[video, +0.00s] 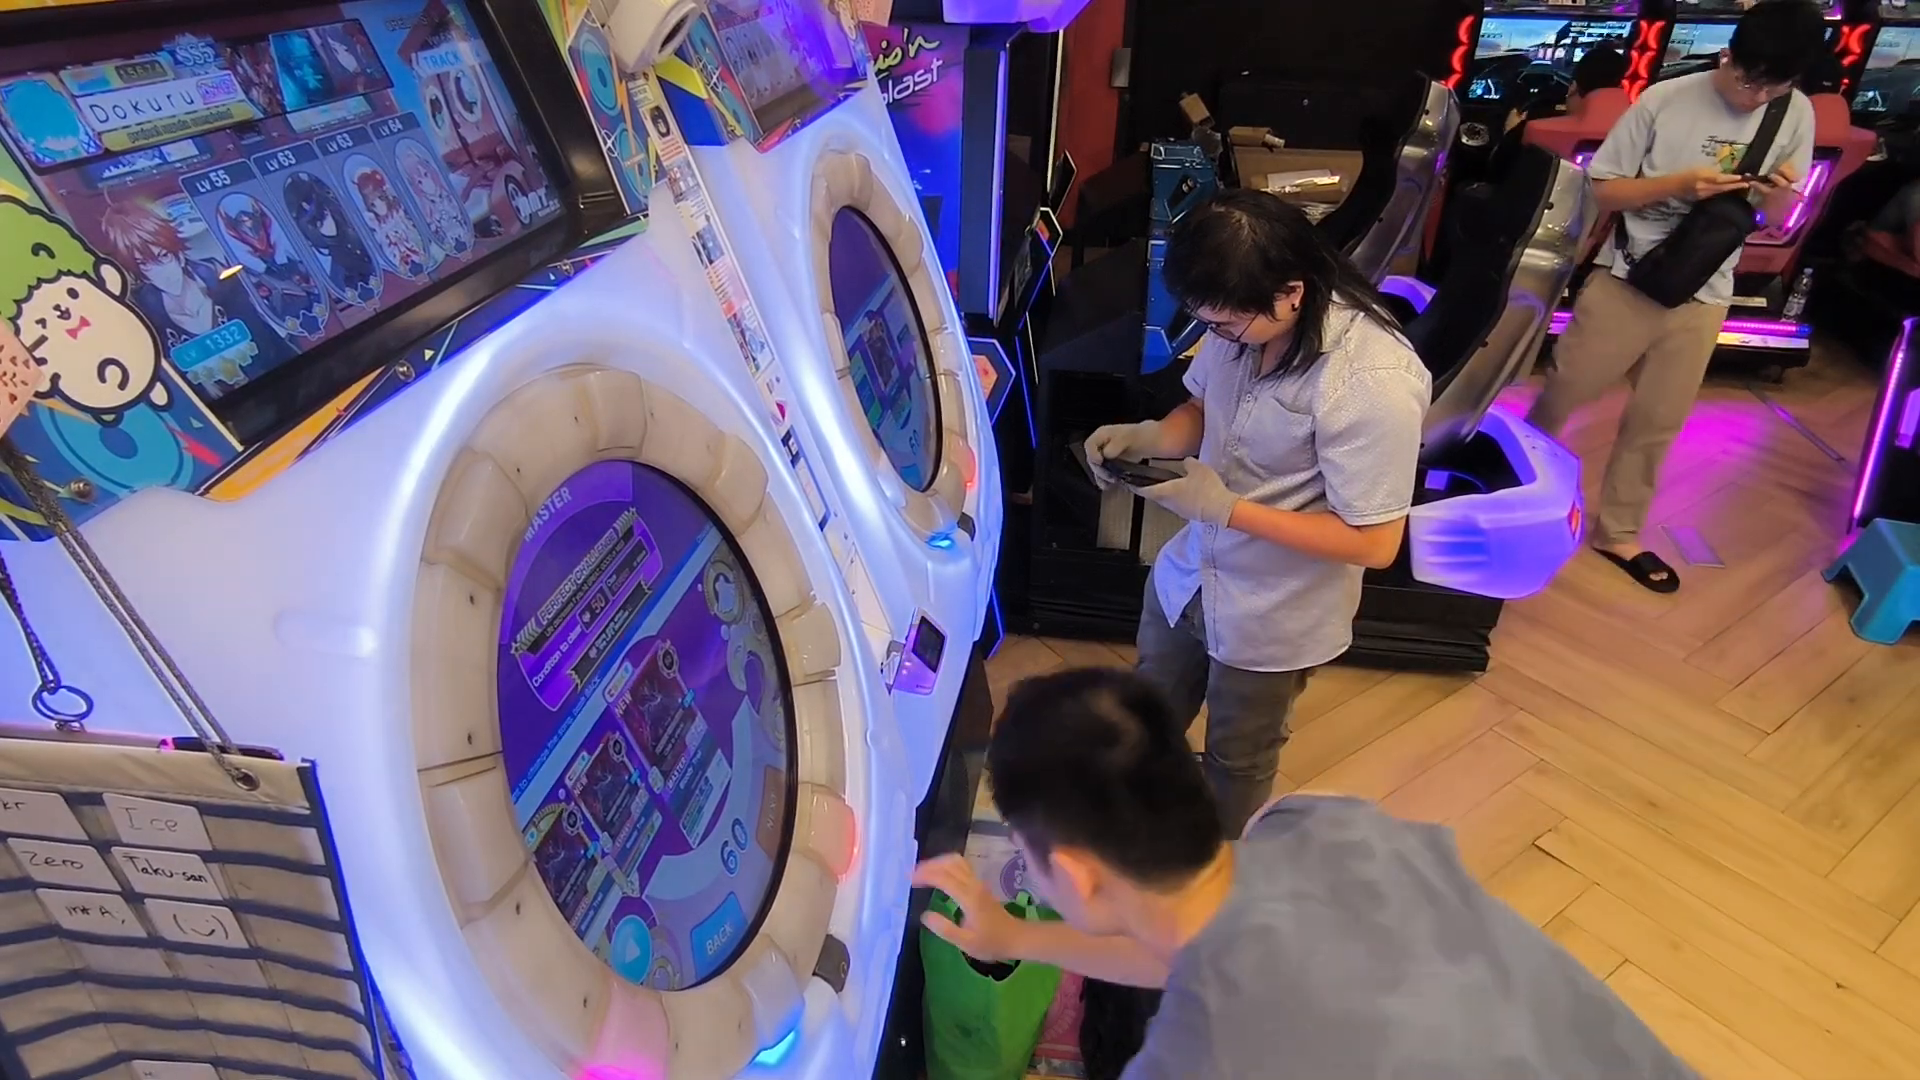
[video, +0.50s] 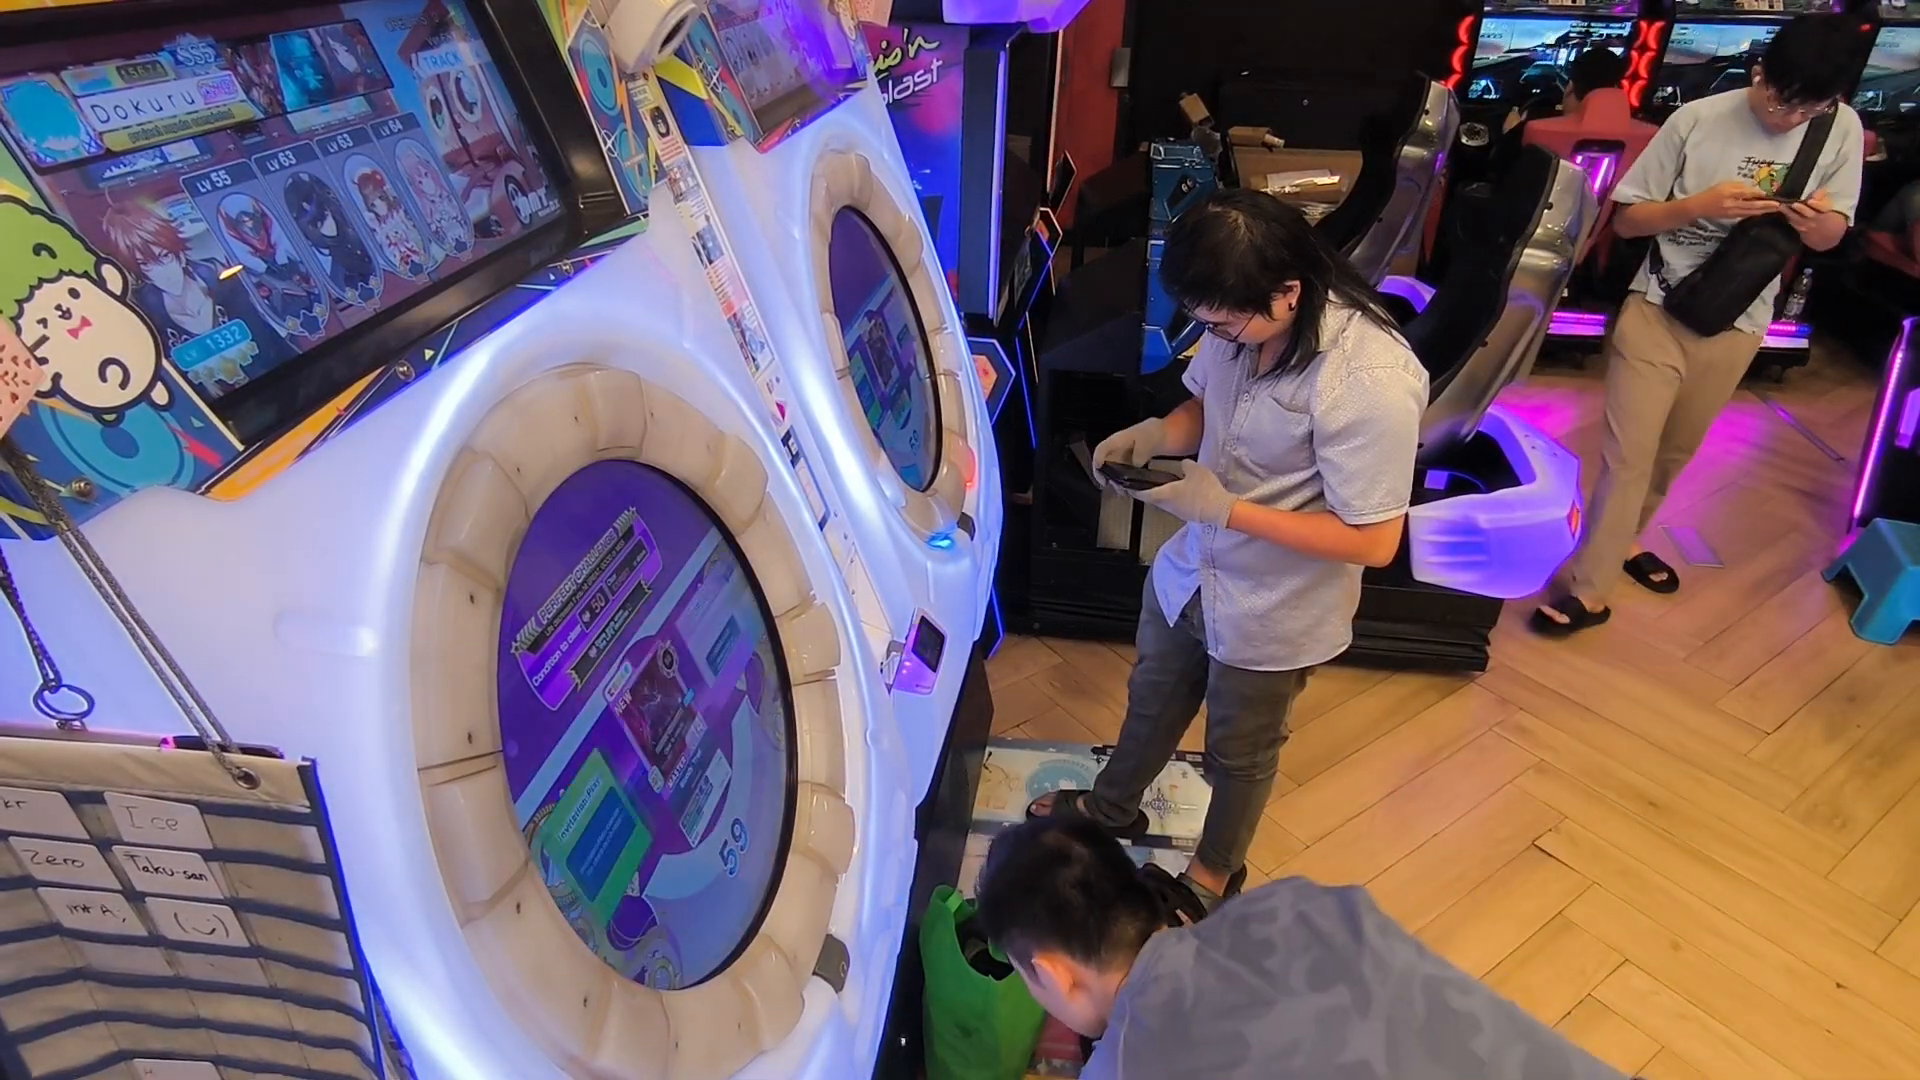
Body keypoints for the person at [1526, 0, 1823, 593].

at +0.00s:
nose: (1757, 98)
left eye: (1773, 89)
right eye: (1751, 83)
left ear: (1792, 79)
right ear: (1729, 57)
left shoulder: (1794, 115)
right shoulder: (1662, 101)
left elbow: (1779, 219)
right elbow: (1604, 191)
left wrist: (1779, 197)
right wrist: (1681, 185)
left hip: (1703, 300)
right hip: (1625, 282)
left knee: (1656, 425)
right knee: (1564, 395)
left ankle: (1618, 535)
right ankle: (1503, 488)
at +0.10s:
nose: (1775, 99)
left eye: (1792, 90)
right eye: (1770, 82)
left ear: (1810, 81)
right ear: (1749, 57)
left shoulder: (1814, 119)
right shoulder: (1678, 102)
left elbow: (1795, 223)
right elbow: (1611, 196)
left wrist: (1798, 204)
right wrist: (1691, 187)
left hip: (1712, 306)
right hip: (1634, 287)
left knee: (1659, 430)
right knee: (1577, 414)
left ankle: (1617, 535)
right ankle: (1532, 511)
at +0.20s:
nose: (1783, 99)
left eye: (1801, 92)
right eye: (1778, 81)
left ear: (1826, 87)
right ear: (1760, 55)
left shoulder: (1830, 123)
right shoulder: (1692, 102)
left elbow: (1810, 225)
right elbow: (1618, 197)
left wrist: (1810, 211)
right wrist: (1700, 188)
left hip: (1719, 310)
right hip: (1641, 286)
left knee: (1663, 431)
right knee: (1597, 419)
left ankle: (1618, 534)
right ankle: (1556, 523)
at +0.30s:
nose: (1788, 102)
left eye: (1807, 95)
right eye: (1783, 84)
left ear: (1833, 88)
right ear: (1765, 58)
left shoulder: (1839, 126)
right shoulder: (1701, 105)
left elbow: (1820, 229)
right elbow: (1622, 200)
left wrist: (1815, 212)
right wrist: (1701, 192)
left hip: (1724, 313)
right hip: (1646, 288)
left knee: (1667, 436)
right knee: (1609, 426)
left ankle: (1622, 541)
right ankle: (1582, 552)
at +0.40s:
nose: (1783, 105)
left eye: (1805, 101)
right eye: (1780, 86)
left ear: (1832, 95)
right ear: (1766, 59)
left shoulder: (1841, 130)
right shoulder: (1701, 112)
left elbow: (1826, 233)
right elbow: (1625, 208)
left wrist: (1814, 220)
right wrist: (1699, 198)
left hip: (1729, 321)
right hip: (1649, 298)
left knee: (1668, 446)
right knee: (1621, 440)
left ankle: (1625, 543)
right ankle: (1590, 578)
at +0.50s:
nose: (1785, 115)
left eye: (1804, 107)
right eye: (1780, 97)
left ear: (1828, 98)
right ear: (1761, 70)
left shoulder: (1840, 132)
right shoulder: (1696, 121)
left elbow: (1832, 235)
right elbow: (1624, 219)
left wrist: (1820, 227)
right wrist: (1697, 207)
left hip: (1736, 330)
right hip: (1656, 310)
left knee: (1674, 452)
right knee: (1628, 456)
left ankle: (1624, 543)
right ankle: (1586, 592)